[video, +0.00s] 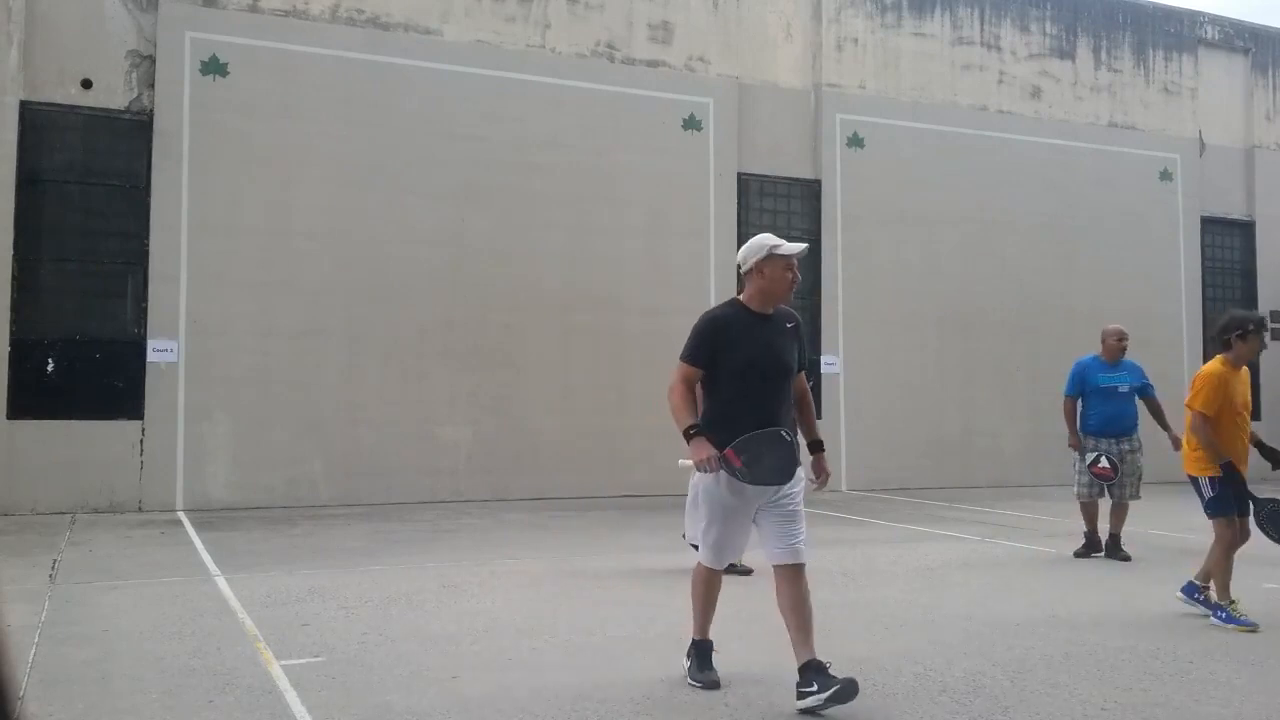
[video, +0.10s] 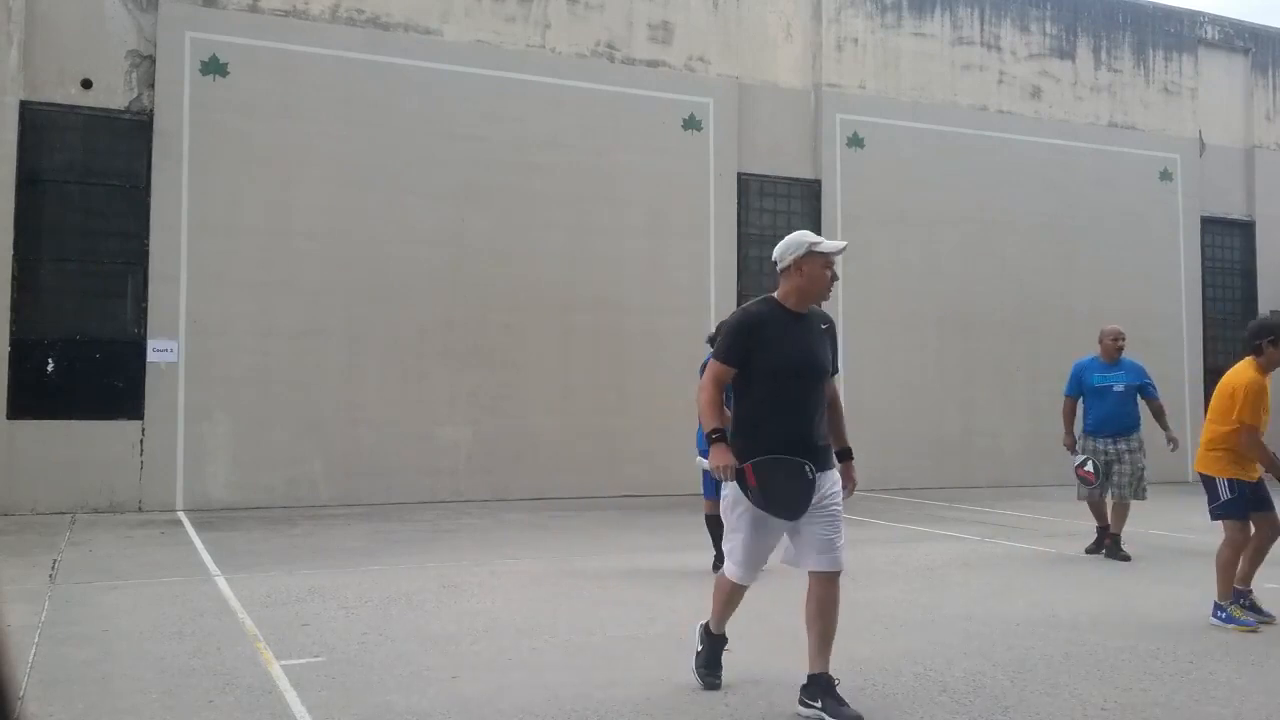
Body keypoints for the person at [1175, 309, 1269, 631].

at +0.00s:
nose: (1263, 345)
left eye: (1262, 338)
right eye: (1258, 338)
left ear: (1241, 340)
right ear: (1238, 339)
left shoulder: (1242, 372)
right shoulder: (1212, 374)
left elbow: (1237, 420)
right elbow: (1197, 424)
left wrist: (1263, 447)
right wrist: (1227, 466)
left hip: (1230, 466)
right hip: (1208, 468)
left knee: (1240, 532)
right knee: (1226, 533)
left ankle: (1197, 583)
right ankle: (1222, 605)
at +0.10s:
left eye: (1279, 346)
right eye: (1279, 346)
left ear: (1263, 346)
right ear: (1265, 346)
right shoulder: (1250, 380)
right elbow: (1248, 440)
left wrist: (1271, 465)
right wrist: (1274, 468)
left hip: (1243, 465)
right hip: (1221, 465)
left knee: (1269, 528)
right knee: (1237, 534)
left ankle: (1239, 593)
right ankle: (1222, 605)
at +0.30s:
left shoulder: (1274, 370)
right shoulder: (1273, 373)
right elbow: (1241, 395)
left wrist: (1255, 430)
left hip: (1262, 466)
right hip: (1256, 466)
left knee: (1260, 542)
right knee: (1259, 542)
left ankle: (1226, 604)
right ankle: (1225, 605)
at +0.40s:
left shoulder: (1277, 385)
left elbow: (1262, 399)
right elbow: (1263, 399)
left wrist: (1272, 436)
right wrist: (1273, 436)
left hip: (1271, 470)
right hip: (1273, 471)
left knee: (1277, 548)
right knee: (1278, 549)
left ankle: (1237, 596)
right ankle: (1235, 596)